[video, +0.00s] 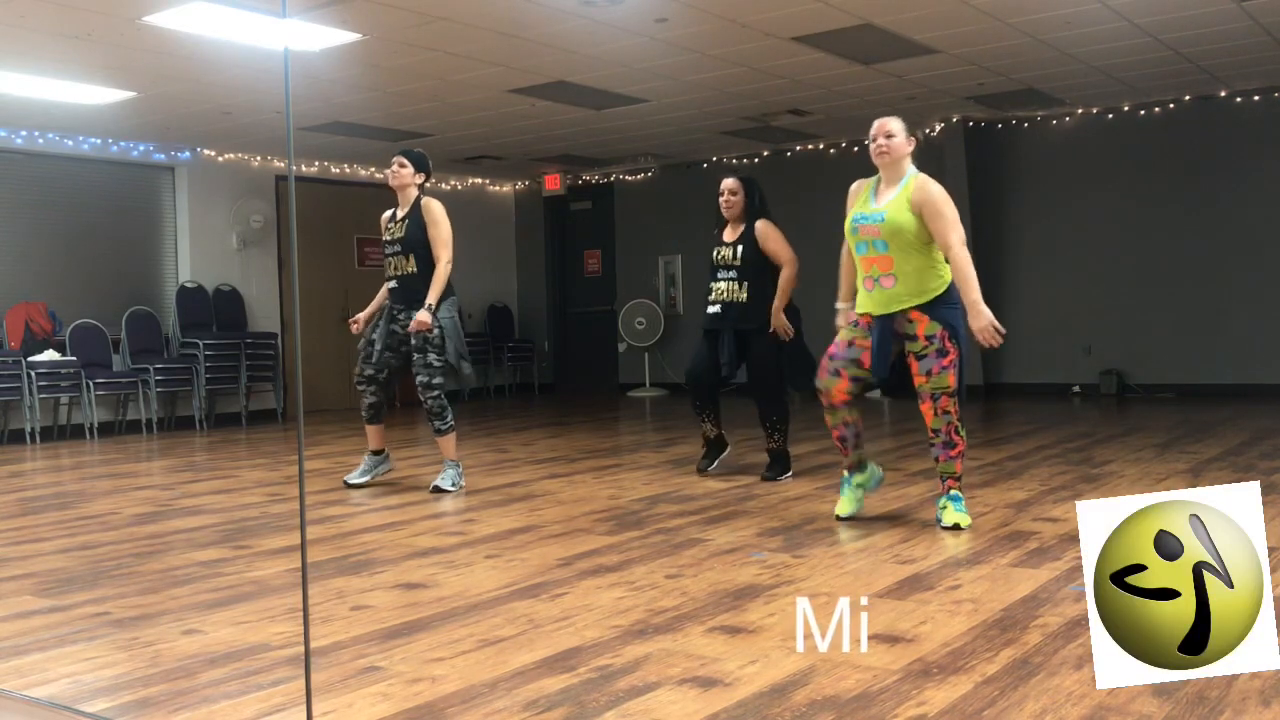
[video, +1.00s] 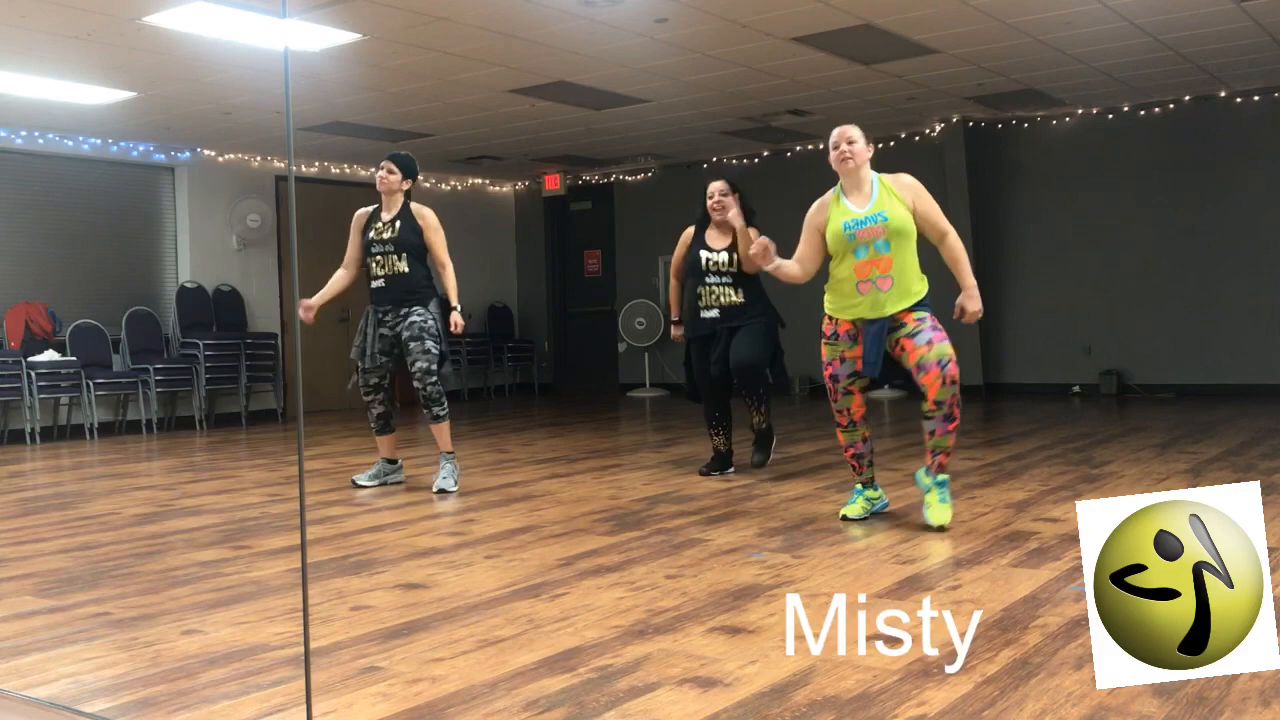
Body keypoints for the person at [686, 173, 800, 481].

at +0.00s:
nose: (725, 199)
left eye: (732, 193)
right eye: (722, 194)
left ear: (748, 197)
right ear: (718, 200)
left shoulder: (761, 228)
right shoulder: (722, 233)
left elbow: (790, 263)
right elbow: (729, 277)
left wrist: (778, 309)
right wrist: (720, 312)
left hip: (760, 326)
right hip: (724, 327)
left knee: (767, 388)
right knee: (698, 378)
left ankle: (779, 459)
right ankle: (714, 442)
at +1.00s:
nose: (716, 200)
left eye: (722, 194)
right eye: (711, 196)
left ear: (737, 199)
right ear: (705, 204)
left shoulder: (749, 235)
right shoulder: (692, 235)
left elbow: (752, 267)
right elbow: (676, 277)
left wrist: (740, 227)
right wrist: (675, 319)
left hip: (749, 323)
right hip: (706, 328)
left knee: (745, 365)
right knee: (713, 391)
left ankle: (762, 432)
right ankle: (722, 454)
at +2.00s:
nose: (723, 199)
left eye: (730, 194)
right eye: (719, 195)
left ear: (744, 200)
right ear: (714, 201)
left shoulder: (762, 237)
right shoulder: (702, 235)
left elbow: (787, 274)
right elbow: (685, 267)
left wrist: (792, 314)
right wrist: (671, 297)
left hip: (758, 327)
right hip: (716, 329)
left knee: (751, 372)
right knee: (718, 392)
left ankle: (772, 435)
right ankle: (725, 454)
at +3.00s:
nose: (738, 200)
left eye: (746, 195)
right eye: (735, 194)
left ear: (759, 201)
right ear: (730, 200)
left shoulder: (774, 228)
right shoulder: (728, 239)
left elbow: (808, 251)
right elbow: (716, 284)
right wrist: (698, 259)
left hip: (775, 326)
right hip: (737, 326)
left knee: (774, 388)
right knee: (705, 368)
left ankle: (780, 458)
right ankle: (721, 428)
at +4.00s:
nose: (736, 198)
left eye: (744, 193)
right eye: (732, 192)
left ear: (756, 199)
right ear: (726, 198)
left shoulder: (767, 224)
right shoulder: (722, 235)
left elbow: (798, 250)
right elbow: (723, 277)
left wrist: (818, 277)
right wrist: (701, 306)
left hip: (769, 327)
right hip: (729, 328)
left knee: (772, 390)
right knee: (706, 380)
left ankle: (781, 458)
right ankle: (720, 441)